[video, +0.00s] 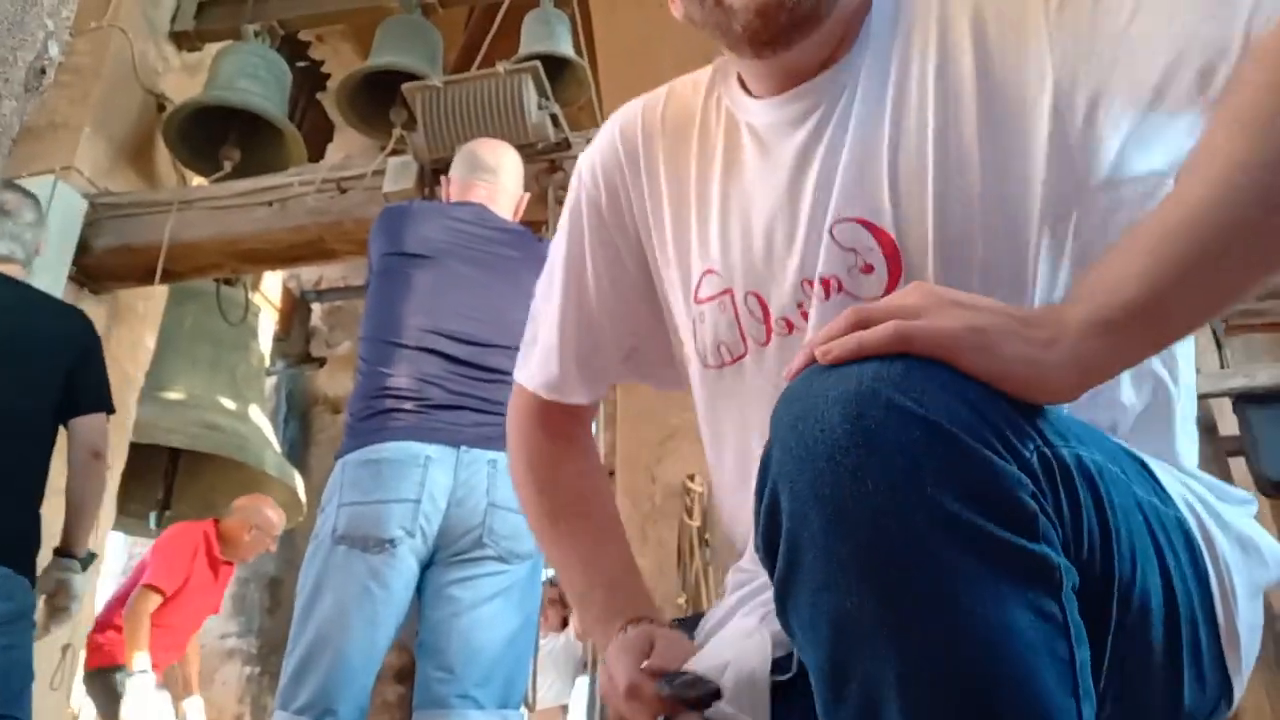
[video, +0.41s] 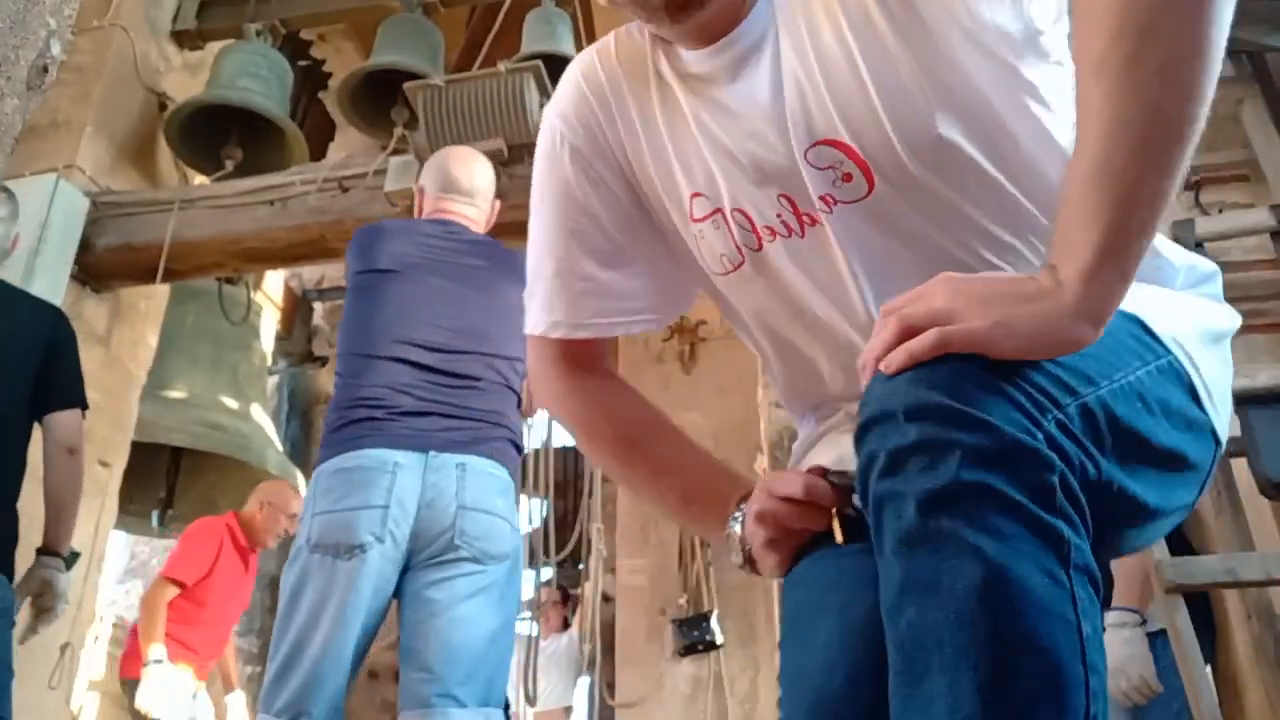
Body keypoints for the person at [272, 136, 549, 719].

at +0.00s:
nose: (441, 191)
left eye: (441, 185)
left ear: (444, 189)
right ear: (521, 207)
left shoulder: (394, 224)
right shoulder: (549, 259)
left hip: (388, 467)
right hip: (511, 480)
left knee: (319, 703)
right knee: (473, 706)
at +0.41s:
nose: (414, 203)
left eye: (413, 197)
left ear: (418, 200)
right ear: (495, 212)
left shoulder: (367, 244)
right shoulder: (525, 270)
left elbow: (357, 356)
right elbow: (529, 395)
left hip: (363, 470)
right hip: (482, 481)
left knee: (298, 703)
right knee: (457, 705)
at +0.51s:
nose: (400, 212)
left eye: (398, 206)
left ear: (403, 211)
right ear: (477, 223)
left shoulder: (353, 253)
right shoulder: (503, 275)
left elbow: (355, 353)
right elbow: (523, 402)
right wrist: (453, 371)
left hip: (344, 480)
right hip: (464, 488)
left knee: (293, 705)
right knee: (444, 706)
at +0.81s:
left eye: (337, 233)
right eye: (413, 231)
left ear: (337, 238)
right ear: (412, 236)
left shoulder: (295, 280)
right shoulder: (438, 285)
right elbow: (498, 410)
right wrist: (452, 354)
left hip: (273, 483)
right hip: (389, 488)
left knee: (243, 705)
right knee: (386, 706)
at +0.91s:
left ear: (322, 247)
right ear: (396, 243)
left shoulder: (282, 287)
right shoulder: (421, 284)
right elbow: (486, 406)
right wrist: (435, 354)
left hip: (254, 489)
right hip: (369, 489)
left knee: (232, 707)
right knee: (375, 707)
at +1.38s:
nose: (395, 235)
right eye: (396, 230)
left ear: (316, 236)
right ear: (392, 235)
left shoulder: (271, 285)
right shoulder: (403, 279)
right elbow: (477, 396)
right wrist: (456, 323)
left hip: (228, 495)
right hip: (337, 492)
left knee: (215, 708)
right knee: (319, 706)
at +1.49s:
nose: (396, 225)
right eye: (397, 220)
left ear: (318, 227)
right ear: (394, 225)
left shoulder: (272, 279)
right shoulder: (408, 275)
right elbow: (477, 393)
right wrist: (447, 324)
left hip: (229, 494)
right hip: (340, 490)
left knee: (218, 710)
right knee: (313, 708)